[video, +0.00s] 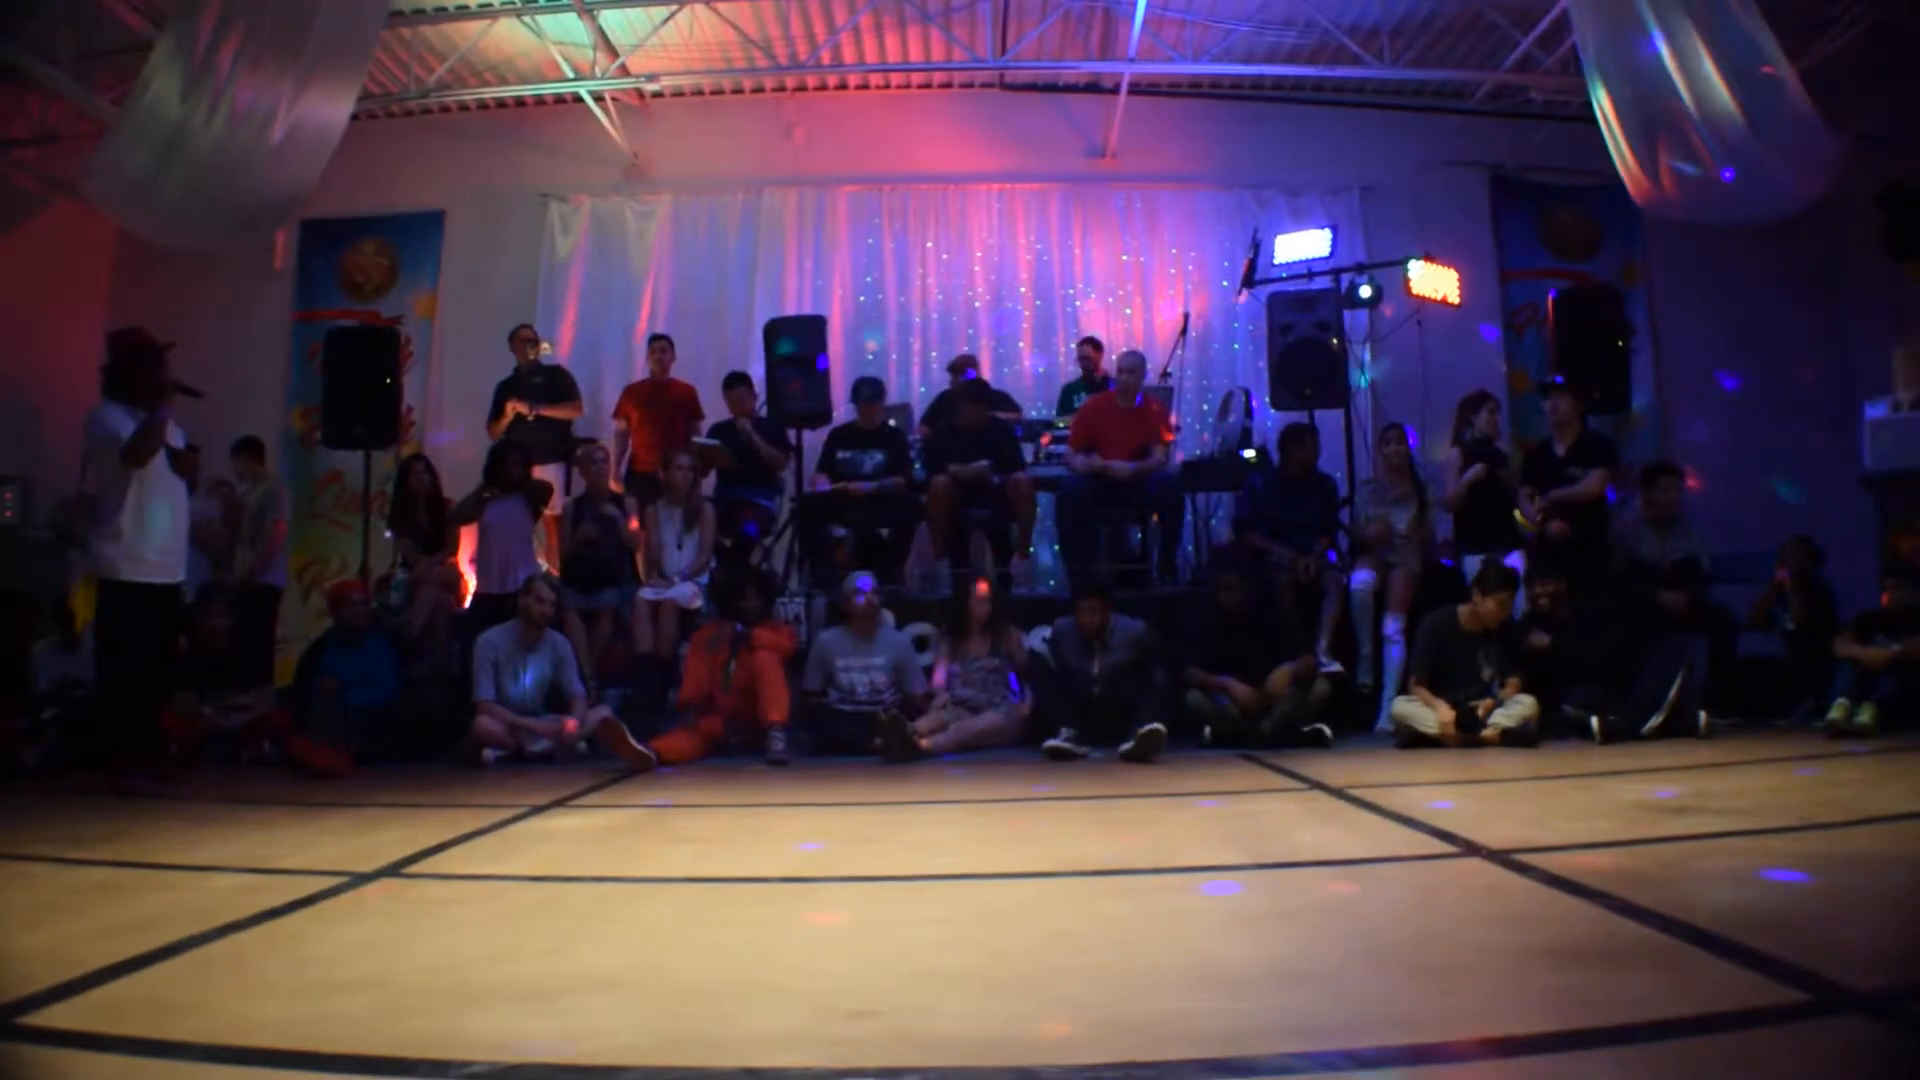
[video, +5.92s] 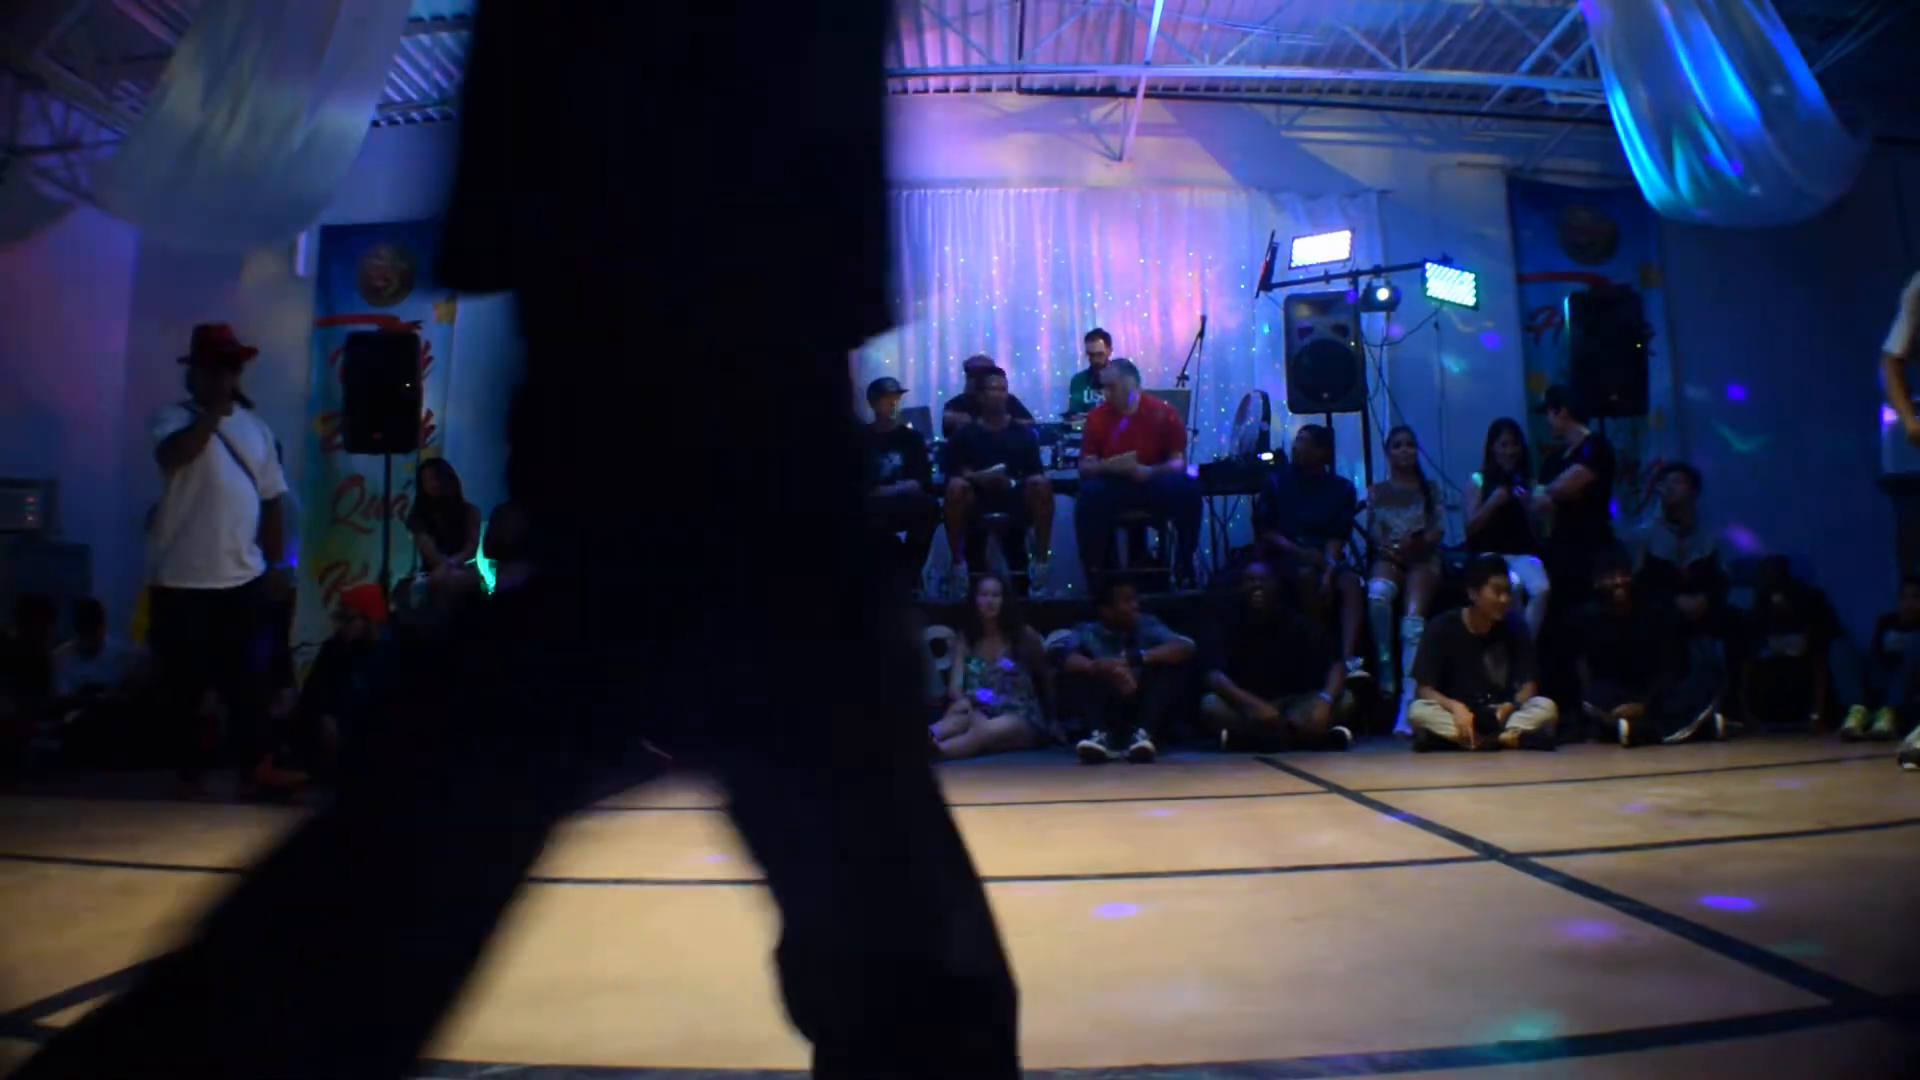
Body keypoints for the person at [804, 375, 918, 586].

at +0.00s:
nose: (868, 411)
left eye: (873, 404)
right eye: (863, 405)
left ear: (882, 405)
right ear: (855, 405)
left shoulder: (894, 436)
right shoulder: (838, 435)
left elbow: (903, 479)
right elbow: (820, 480)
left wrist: (870, 487)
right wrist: (842, 488)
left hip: (881, 501)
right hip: (844, 501)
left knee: (909, 506)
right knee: (809, 506)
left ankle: (890, 572)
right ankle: (821, 574)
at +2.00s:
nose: (879, 406)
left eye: (883, 400)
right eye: (873, 401)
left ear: (893, 401)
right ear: (866, 405)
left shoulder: (909, 438)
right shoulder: (853, 442)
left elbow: (919, 481)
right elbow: (838, 484)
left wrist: (882, 487)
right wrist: (852, 486)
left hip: (897, 502)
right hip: (860, 502)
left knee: (928, 507)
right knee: (827, 507)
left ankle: (909, 579)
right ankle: (841, 578)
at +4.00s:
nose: (903, 409)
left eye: (906, 403)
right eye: (897, 403)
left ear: (908, 405)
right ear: (881, 404)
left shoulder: (914, 439)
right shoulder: (856, 439)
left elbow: (919, 483)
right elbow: (837, 482)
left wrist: (875, 486)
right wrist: (850, 485)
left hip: (897, 502)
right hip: (859, 502)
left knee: (927, 508)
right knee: (826, 507)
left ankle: (909, 579)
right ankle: (839, 577)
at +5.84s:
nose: (893, 405)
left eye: (896, 399)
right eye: (887, 399)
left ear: (900, 402)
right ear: (874, 404)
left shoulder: (912, 438)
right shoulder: (856, 439)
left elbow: (922, 481)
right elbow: (842, 479)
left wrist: (893, 490)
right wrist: (845, 486)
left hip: (899, 503)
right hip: (862, 503)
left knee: (927, 507)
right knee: (829, 507)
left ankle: (909, 576)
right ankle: (838, 574)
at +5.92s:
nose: (893, 404)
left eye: (895, 399)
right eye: (886, 399)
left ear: (899, 401)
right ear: (873, 403)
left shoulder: (912, 437)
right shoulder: (861, 438)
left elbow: (921, 481)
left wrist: (890, 490)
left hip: (907, 502)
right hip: (872, 506)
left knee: (928, 510)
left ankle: (912, 575)